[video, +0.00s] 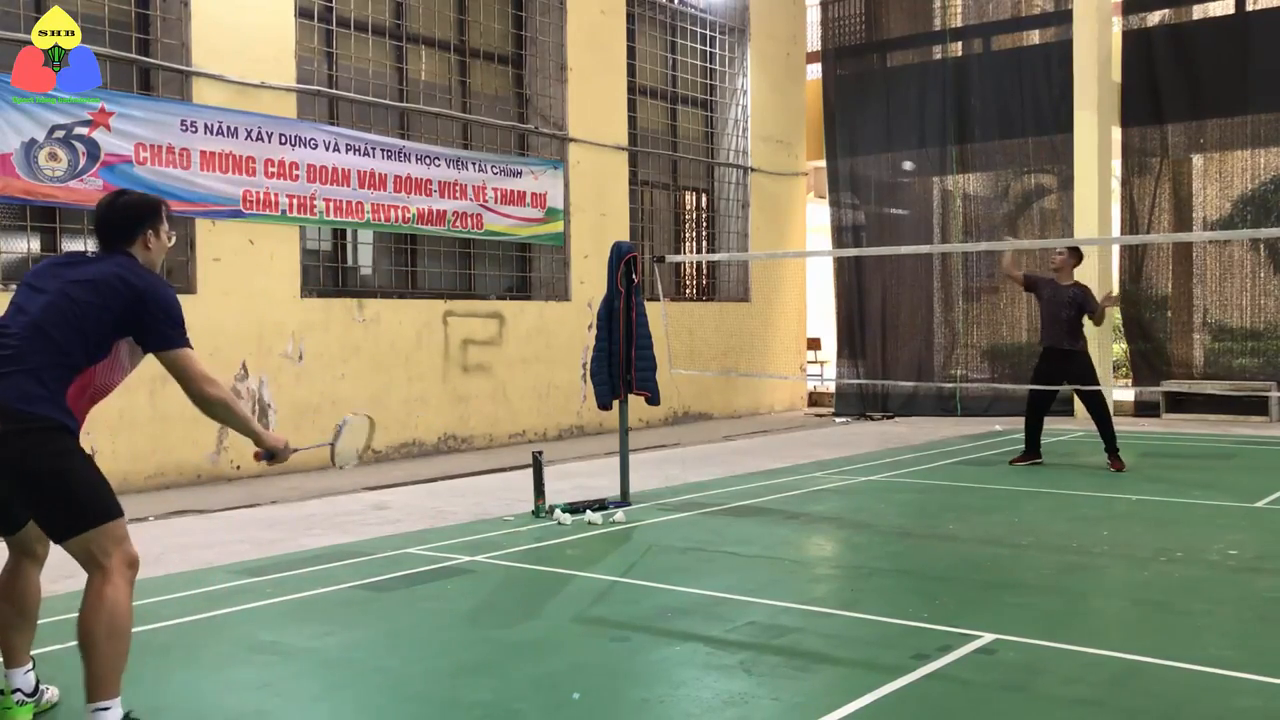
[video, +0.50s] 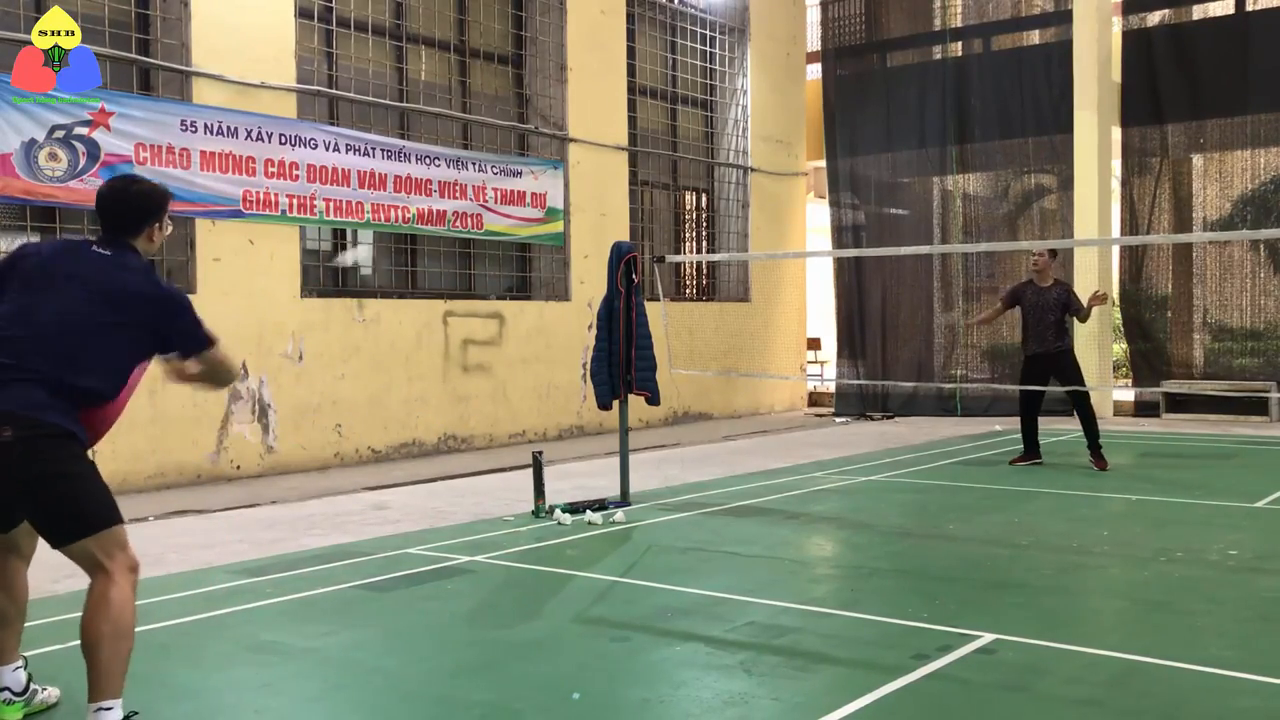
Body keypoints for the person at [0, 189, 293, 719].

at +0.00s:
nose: (168, 241)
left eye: (167, 230)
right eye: (166, 230)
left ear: (106, 235)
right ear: (148, 236)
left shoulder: (48, 266)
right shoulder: (145, 289)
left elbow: (21, 345)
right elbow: (202, 389)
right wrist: (260, 435)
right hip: (32, 424)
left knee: (27, 549)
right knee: (114, 561)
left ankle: (19, 688)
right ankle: (105, 712)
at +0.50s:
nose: (168, 231)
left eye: (168, 221)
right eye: (166, 222)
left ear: (101, 220)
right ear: (152, 229)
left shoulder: (30, 256)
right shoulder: (152, 294)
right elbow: (224, 369)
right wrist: (192, 371)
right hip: (41, 435)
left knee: (14, 548)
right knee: (115, 566)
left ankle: (9, 681)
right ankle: (106, 711)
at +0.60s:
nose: (157, 228)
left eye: (158, 219)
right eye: (158, 220)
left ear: (95, 212)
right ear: (148, 224)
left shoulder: (18, 248)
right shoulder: (144, 282)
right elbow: (246, 320)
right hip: (30, 438)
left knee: (8, 551)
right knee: (97, 565)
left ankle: (8, 681)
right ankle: (104, 711)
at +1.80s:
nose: (93, 164)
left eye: (90, 153)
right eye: (89, 154)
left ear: (26, 165)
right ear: (73, 163)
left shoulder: (3, 216)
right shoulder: (81, 238)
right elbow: (177, 304)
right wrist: (271, 334)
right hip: (28, 420)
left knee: (5, 546)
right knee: (99, 549)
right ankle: (107, 697)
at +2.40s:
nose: (185, 148)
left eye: (181, 136)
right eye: (179, 138)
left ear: (114, 152)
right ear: (164, 151)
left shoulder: (63, 208)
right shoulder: (184, 236)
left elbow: (3, 269)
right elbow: (272, 317)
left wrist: (37, 314)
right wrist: (323, 311)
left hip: (25, 408)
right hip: (106, 420)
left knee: (7, 552)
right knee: (158, 556)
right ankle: (168, 706)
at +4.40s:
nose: (228, 165)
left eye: (227, 156)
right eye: (226, 157)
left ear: (159, 159)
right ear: (215, 163)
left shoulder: (100, 212)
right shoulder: (235, 240)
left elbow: (10, 270)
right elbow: (332, 271)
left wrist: (2, 334)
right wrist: (418, 286)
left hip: (61, 411)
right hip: (148, 422)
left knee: (28, 542)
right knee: (198, 546)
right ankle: (203, 699)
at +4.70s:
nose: (177, 181)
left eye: (175, 168)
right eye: (173, 169)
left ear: (113, 175)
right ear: (152, 174)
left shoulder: (56, 227)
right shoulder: (156, 243)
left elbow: (1, 288)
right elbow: (238, 308)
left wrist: (13, 347)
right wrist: (331, 337)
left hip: (15, 431)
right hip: (85, 438)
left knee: (5, 551)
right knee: (158, 557)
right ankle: (198, 700)